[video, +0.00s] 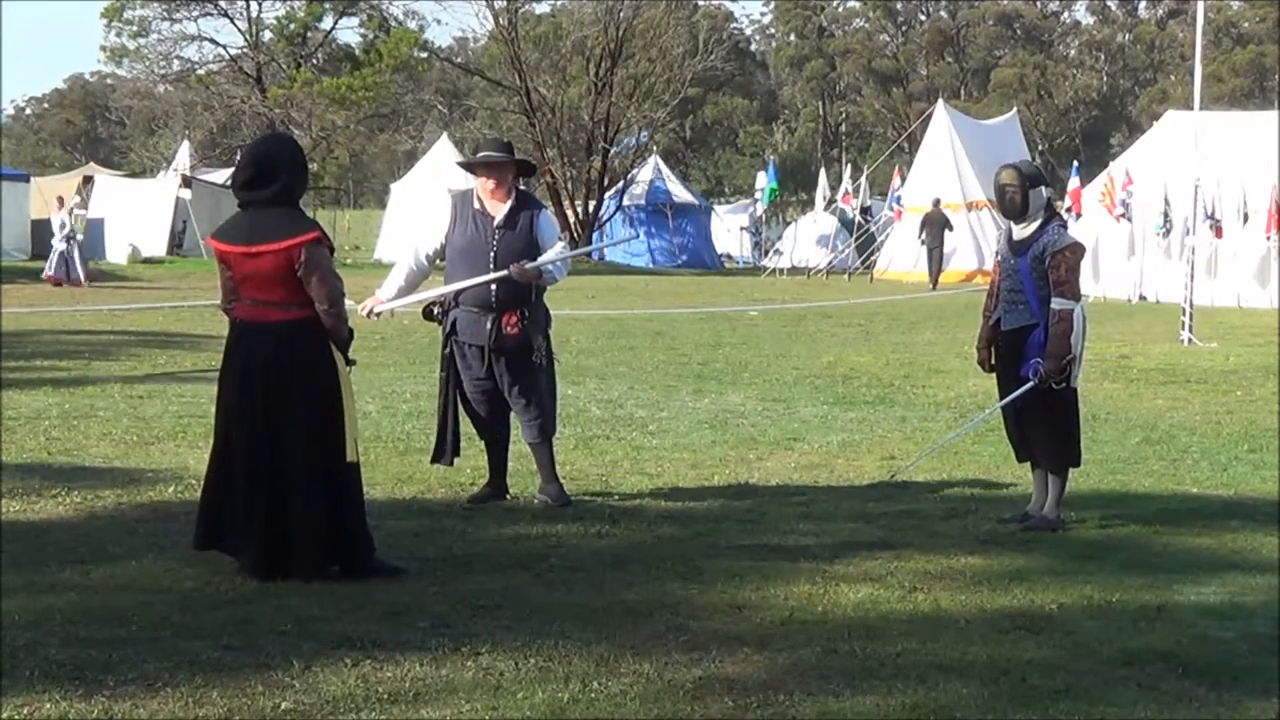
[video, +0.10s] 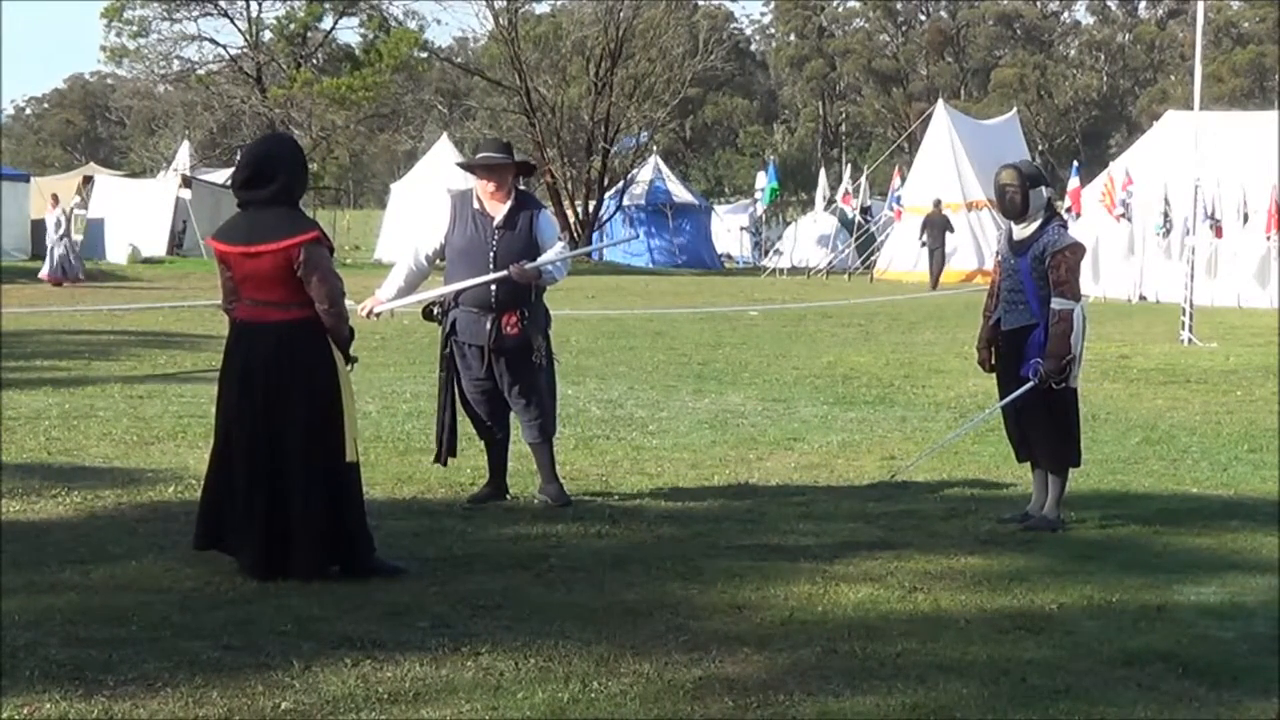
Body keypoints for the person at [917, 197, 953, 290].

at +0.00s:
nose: (937, 205)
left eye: (935, 204)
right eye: (938, 204)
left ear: (932, 204)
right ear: (939, 204)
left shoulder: (927, 215)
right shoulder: (942, 215)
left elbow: (922, 226)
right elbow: (950, 228)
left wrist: (919, 235)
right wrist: (944, 223)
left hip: (929, 242)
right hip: (938, 242)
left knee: (930, 261)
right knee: (937, 262)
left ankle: (931, 279)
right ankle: (933, 282)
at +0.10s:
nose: (940, 207)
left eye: (938, 205)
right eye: (940, 205)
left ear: (933, 205)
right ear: (940, 205)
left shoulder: (928, 216)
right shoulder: (943, 217)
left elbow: (923, 227)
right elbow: (951, 230)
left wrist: (920, 236)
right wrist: (944, 225)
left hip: (930, 243)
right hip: (939, 243)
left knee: (931, 262)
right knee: (939, 262)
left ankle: (932, 281)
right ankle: (934, 282)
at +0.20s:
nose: (943, 206)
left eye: (942, 204)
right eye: (943, 204)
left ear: (935, 205)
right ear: (941, 205)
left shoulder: (930, 215)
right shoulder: (945, 216)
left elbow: (925, 226)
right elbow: (949, 228)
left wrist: (922, 236)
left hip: (932, 244)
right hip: (941, 244)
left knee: (933, 262)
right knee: (944, 261)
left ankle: (934, 281)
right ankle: (937, 279)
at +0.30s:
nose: (946, 205)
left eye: (944, 203)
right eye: (945, 203)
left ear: (937, 203)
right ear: (944, 203)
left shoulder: (931, 213)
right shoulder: (947, 215)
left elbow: (926, 224)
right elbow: (950, 228)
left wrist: (923, 233)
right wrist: (955, 237)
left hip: (934, 242)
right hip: (944, 242)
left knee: (934, 261)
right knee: (947, 259)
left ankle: (933, 280)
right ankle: (941, 278)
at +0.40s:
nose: (949, 205)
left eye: (948, 203)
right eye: (949, 203)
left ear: (941, 203)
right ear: (948, 203)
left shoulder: (935, 213)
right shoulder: (949, 214)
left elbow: (929, 223)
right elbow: (952, 227)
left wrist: (927, 232)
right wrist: (955, 237)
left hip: (937, 240)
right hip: (947, 241)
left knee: (936, 261)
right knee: (950, 262)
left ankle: (934, 281)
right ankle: (949, 281)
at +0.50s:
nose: (951, 206)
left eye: (950, 204)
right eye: (951, 204)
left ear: (943, 204)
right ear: (950, 204)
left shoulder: (938, 213)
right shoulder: (952, 215)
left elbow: (931, 225)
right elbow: (953, 228)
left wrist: (931, 234)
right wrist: (956, 238)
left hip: (940, 241)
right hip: (950, 241)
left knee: (937, 261)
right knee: (952, 262)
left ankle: (934, 281)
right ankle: (955, 280)